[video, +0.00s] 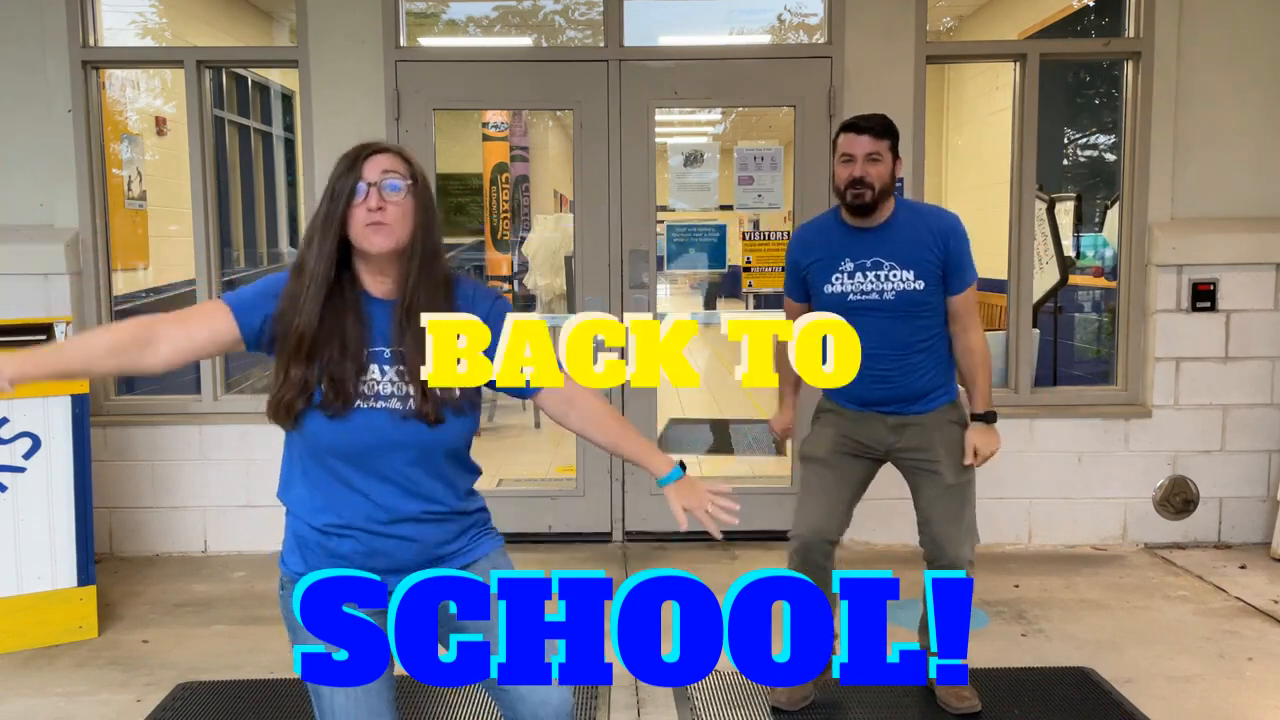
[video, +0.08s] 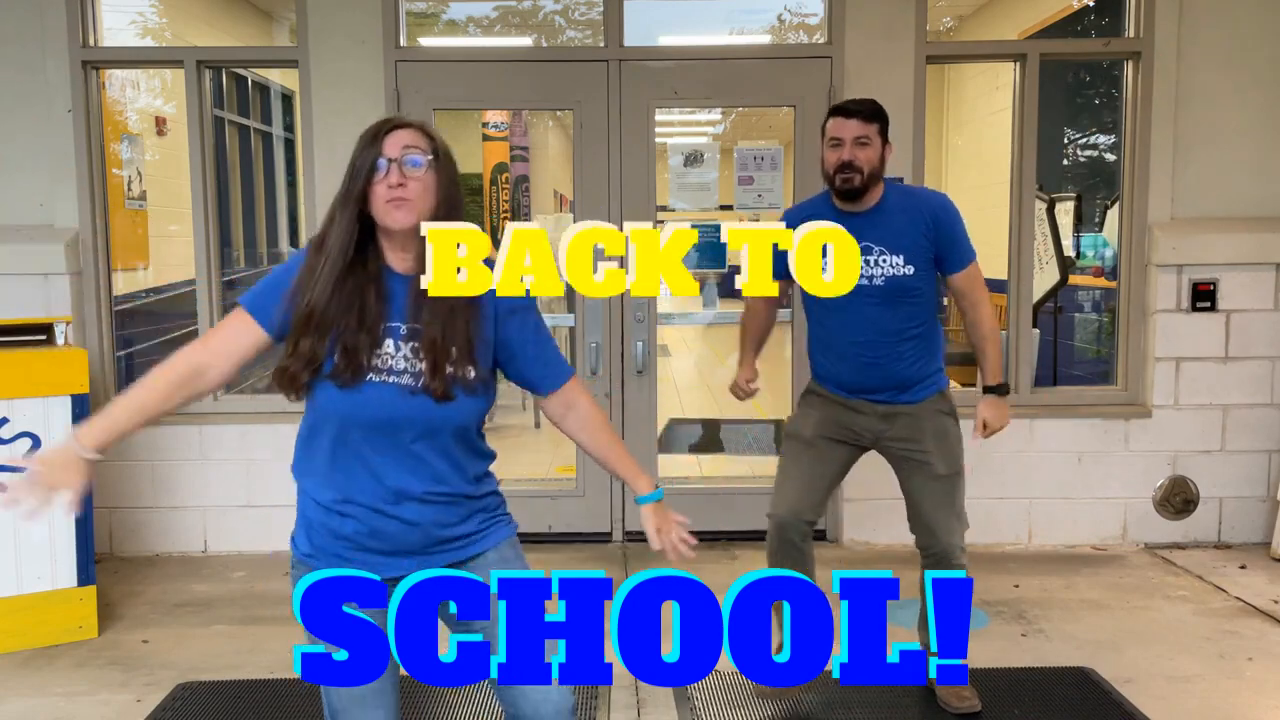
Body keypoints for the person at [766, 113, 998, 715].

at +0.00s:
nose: (858, 171)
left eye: (872, 159)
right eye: (847, 159)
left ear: (896, 167)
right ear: (832, 168)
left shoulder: (940, 232)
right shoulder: (808, 243)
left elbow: (966, 328)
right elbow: (794, 331)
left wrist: (982, 415)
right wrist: (787, 402)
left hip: (932, 420)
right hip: (842, 418)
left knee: (952, 554)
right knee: (809, 539)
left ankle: (948, 665)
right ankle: (806, 661)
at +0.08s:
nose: (846, 155)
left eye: (860, 143)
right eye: (835, 144)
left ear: (885, 152)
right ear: (821, 153)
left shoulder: (930, 213)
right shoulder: (801, 222)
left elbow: (974, 296)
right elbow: (765, 294)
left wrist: (992, 387)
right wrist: (746, 359)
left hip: (920, 410)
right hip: (829, 406)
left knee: (944, 546)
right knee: (786, 519)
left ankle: (950, 667)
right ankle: (795, 651)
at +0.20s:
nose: (819, 145)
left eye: (833, 132)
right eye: (807, 134)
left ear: (858, 138)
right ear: (794, 145)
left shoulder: (905, 194)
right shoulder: (773, 212)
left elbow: (975, 266)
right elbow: (723, 276)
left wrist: (1013, 348)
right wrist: (686, 336)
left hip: (898, 398)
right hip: (810, 394)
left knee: (933, 529)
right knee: (763, 523)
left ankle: (942, 657)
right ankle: (720, 663)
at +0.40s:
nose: (750, 152)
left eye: (761, 138)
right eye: (736, 144)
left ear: (788, 142)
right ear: (725, 156)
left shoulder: (833, 199)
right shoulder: (715, 221)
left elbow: (917, 252)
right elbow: (647, 297)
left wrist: (968, 326)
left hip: (840, 412)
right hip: (751, 412)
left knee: (899, 542)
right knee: (708, 548)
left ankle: (940, 657)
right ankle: (678, 690)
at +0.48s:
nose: (718, 140)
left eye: (728, 126)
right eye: (704, 132)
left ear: (756, 130)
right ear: (693, 143)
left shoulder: (804, 186)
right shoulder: (680, 208)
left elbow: (856, 252)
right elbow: (632, 281)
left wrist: (902, 318)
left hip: (804, 401)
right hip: (714, 406)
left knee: (856, 525)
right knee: (688, 543)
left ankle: (907, 650)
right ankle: (678, 680)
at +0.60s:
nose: (675, 137)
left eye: (686, 122)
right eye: (661, 130)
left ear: (713, 128)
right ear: (651, 145)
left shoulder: (760, 191)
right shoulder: (642, 213)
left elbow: (780, 275)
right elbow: (623, 296)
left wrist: (812, 331)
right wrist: (626, 368)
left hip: (755, 395)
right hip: (674, 399)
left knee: (789, 518)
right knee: (651, 524)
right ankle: (659, 666)